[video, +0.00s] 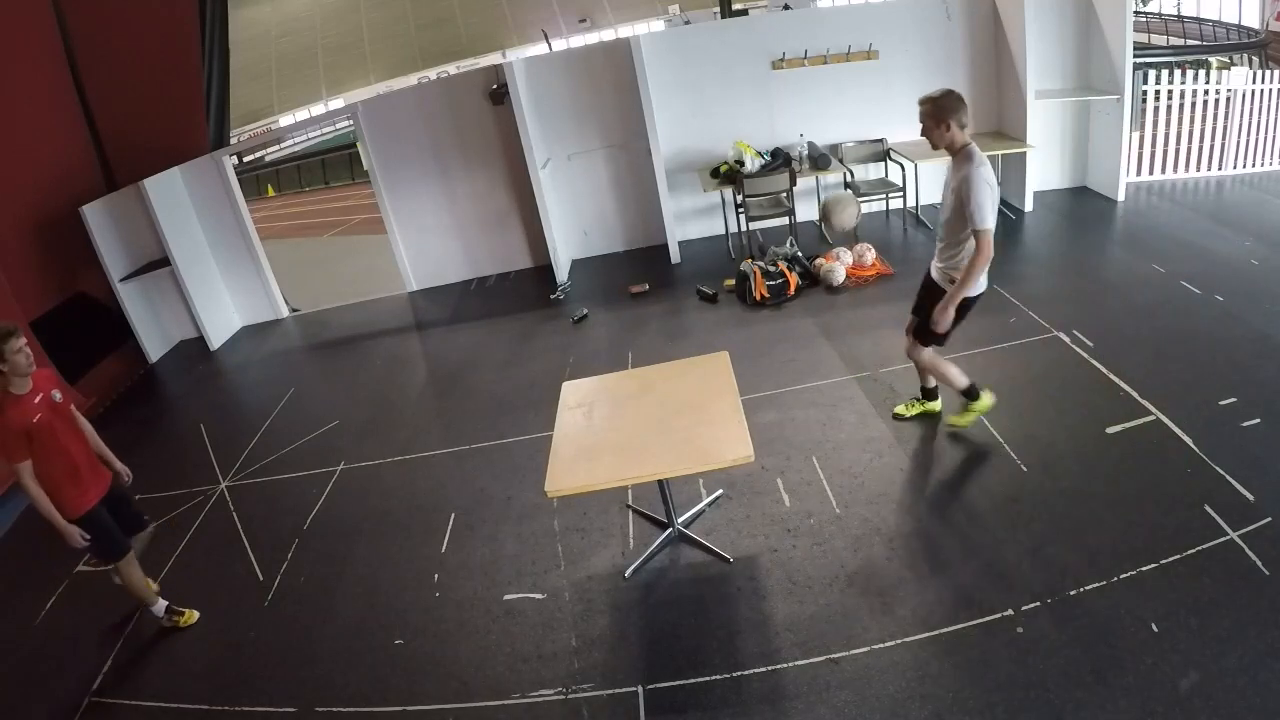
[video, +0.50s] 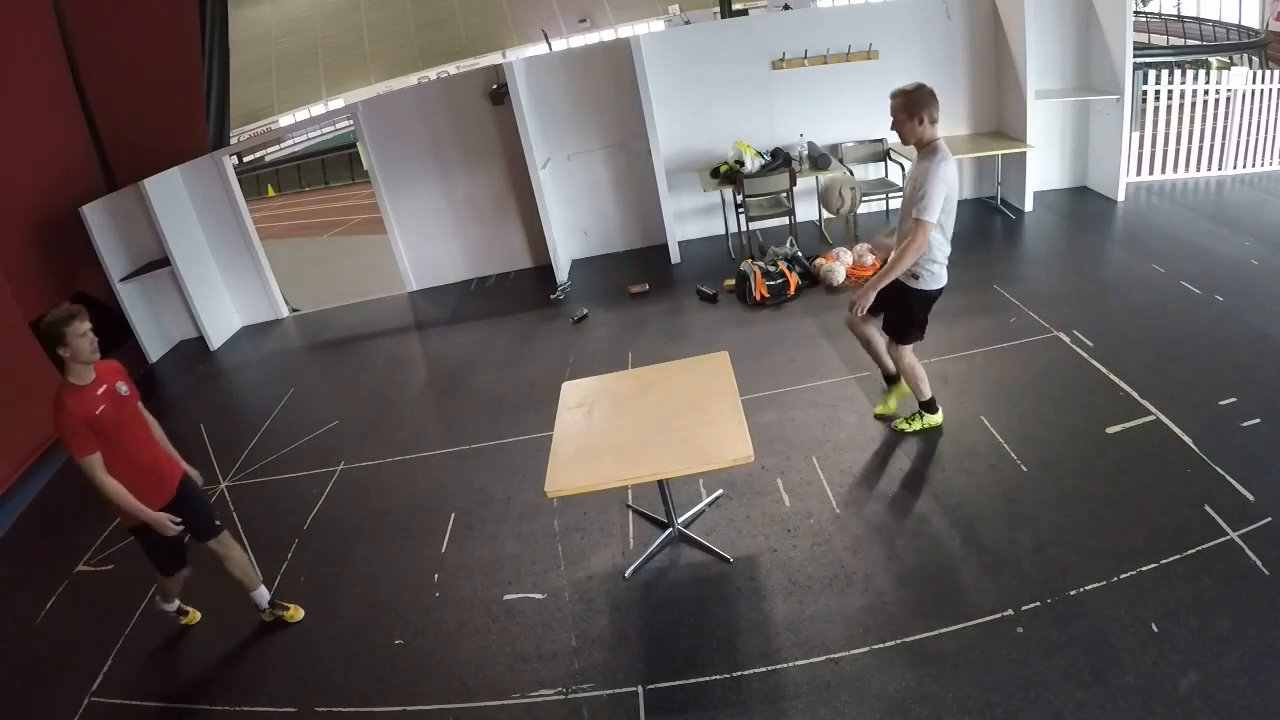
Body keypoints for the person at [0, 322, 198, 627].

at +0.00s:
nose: (28, 353)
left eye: (26, 346)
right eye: (18, 351)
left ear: (30, 347)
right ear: (4, 364)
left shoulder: (47, 377)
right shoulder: (10, 417)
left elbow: (79, 421)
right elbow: (27, 480)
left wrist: (113, 461)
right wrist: (63, 526)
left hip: (101, 477)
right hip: (77, 502)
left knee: (141, 528)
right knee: (122, 555)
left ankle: (123, 572)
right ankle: (163, 611)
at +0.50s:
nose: (94, 338)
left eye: (91, 331)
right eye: (84, 335)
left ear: (88, 335)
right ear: (63, 350)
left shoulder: (112, 370)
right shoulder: (70, 411)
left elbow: (147, 420)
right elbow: (99, 478)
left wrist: (182, 464)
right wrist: (149, 516)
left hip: (175, 480)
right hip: (145, 509)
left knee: (222, 539)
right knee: (175, 570)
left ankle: (267, 604)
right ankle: (168, 604)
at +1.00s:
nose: (154, 326)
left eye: (151, 318)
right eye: (143, 324)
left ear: (150, 319)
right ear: (121, 340)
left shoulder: (172, 360)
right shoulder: (128, 408)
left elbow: (216, 410)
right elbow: (156, 486)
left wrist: (267, 448)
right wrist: (201, 537)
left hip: (239, 480)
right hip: (215, 507)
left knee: (262, 547)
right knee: (278, 570)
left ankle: (267, 605)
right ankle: (339, 642)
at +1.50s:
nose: (206, 308)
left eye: (202, 300)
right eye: (196, 304)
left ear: (176, 318)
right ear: (170, 321)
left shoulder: (203, 347)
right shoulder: (176, 385)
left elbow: (244, 412)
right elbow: (214, 475)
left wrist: (284, 452)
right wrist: (283, 513)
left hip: (276, 477)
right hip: (254, 507)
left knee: (312, 541)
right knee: (305, 574)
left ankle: (335, 606)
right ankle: (342, 642)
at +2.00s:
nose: (250, 308)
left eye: (249, 299)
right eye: (242, 302)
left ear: (219, 309)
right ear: (212, 311)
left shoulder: (233, 344)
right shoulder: (206, 375)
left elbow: (256, 412)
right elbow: (228, 468)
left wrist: (293, 444)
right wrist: (286, 516)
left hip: (287, 483)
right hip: (266, 507)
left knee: (323, 552)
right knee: (313, 573)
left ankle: (345, 621)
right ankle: (341, 642)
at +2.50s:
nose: (271, 324)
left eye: (272, 315)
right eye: (266, 315)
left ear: (238, 311)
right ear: (236, 312)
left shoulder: (245, 345)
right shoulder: (215, 369)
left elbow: (257, 424)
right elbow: (224, 465)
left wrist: (284, 474)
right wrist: (267, 523)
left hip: (289, 483)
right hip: (272, 507)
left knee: (328, 557)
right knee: (329, 569)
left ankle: (347, 624)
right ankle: (364, 643)